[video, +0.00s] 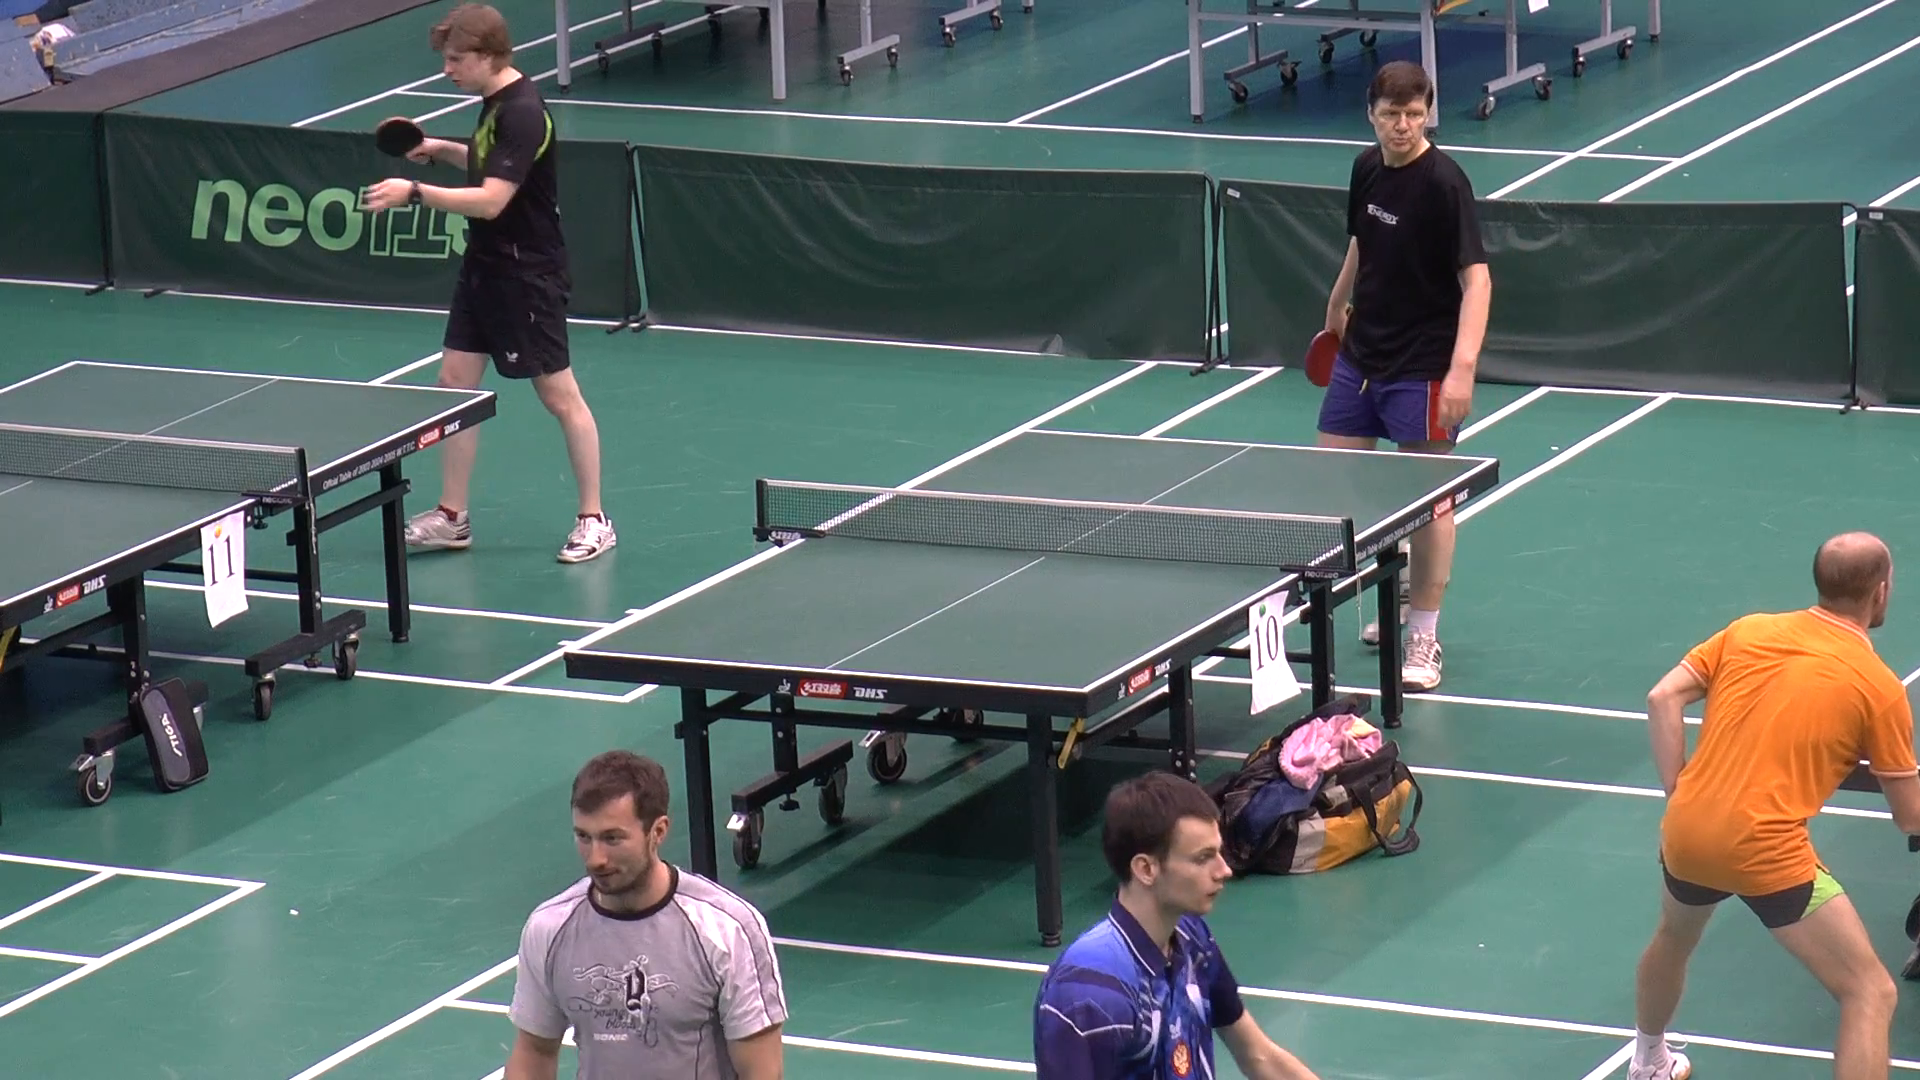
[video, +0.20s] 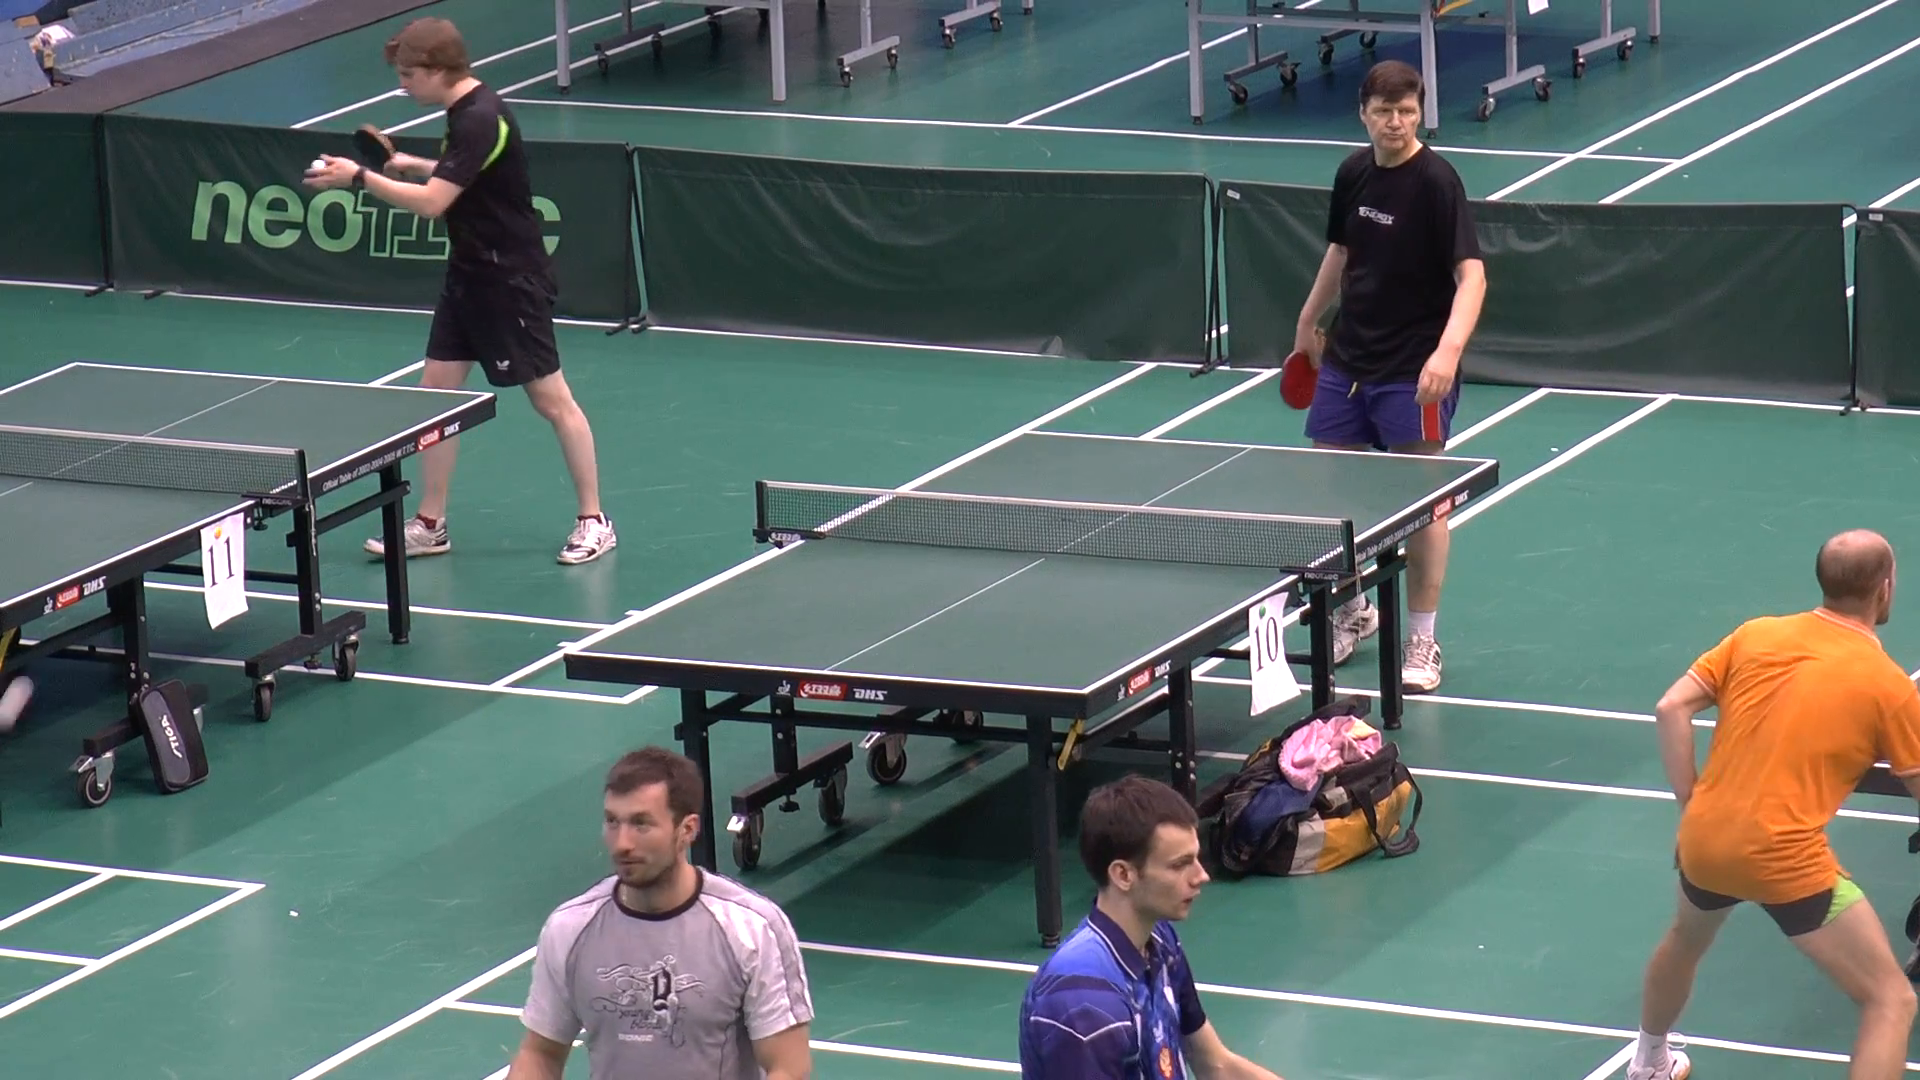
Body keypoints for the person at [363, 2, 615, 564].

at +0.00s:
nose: (449, 72)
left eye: (455, 62)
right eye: (447, 62)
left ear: (488, 56)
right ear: (478, 57)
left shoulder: (523, 111)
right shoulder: (496, 102)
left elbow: (491, 201)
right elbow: (493, 163)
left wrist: (413, 192)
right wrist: (442, 149)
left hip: (529, 274)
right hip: (484, 267)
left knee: (561, 396)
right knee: (456, 383)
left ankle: (593, 518)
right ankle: (453, 515)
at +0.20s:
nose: (404, 86)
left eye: (408, 75)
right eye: (402, 76)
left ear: (435, 70)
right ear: (439, 67)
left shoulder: (481, 118)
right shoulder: (468, 108)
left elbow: (432, 201)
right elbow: (466, 172)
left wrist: (358, 178)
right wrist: (407, 164)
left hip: (511, 280)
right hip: (468, 277)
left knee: (555, 403)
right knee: (437, 395)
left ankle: (594, 520)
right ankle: (430, 524)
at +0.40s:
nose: (357, 95)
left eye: (361, 84)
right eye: (355, 85)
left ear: (392, 78)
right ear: (389, 79)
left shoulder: (444, 118)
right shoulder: (410, 127)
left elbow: (430, 210)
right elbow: (420, 209)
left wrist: (348, 220)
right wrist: (347, 222)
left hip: (485, 276)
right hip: (436, 275)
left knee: (512, 409)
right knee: (414, 399)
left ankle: (589, 511)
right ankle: (427, 527)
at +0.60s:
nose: (343, 95)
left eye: (351, 84)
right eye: (338, 86)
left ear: (382, 77)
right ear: (342, 87)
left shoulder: (436, 116)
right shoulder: (361, 139)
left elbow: (456, 201)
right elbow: (341, 221)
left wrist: (381, 220)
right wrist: (307, 211)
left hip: (467, 269)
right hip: (411, 273)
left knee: (476, 407)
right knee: (395, 403)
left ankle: (539, 532)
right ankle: (425, 529)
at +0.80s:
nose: (352, 103)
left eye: (361, 91)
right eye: (345, 94)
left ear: (391, 87)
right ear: (343, 95)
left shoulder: (438, 131)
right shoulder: (348, 149)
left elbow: (481, 211)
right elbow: (331, 230)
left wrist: (413, 227)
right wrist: (305, 223)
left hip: (456, 292)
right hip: (396, 296)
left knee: (467, 419)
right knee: (375, 413)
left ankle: (495, 556)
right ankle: (417, 523)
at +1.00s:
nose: (345, 114)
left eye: (354, 103)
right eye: (339, 106)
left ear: (384, 98)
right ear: (338, 106)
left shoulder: (431, 141)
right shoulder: (350, 157)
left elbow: (474, 221)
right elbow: (330, 235)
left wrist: (404, 243)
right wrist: (290, 250)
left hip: (451, 299)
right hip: (393, 299)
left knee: (456, 426)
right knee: (350, 410)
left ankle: (493, 557)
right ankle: (355, 529)